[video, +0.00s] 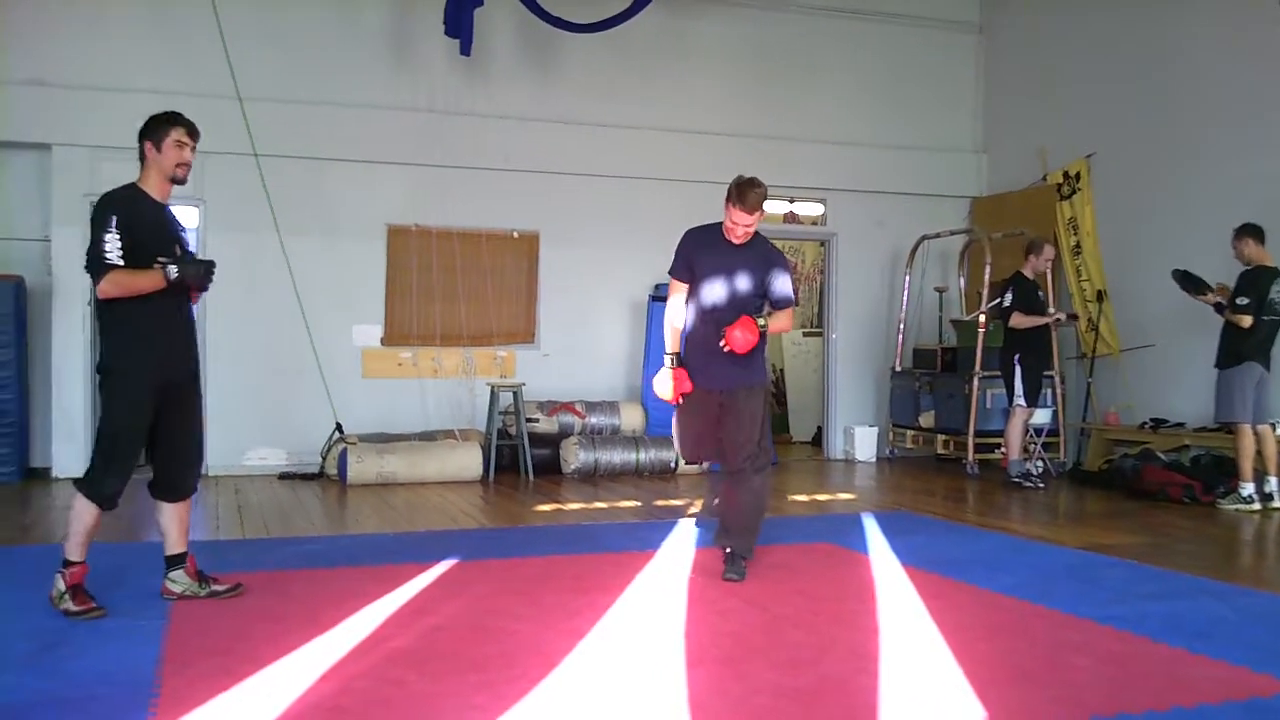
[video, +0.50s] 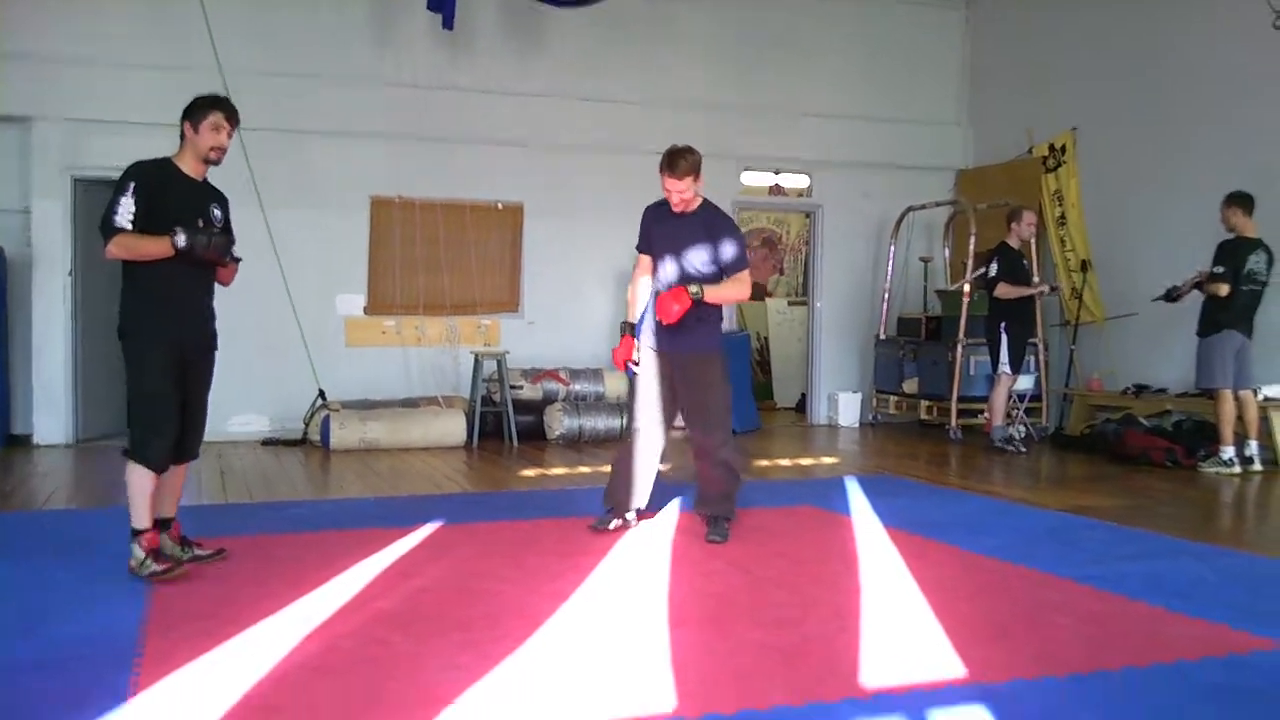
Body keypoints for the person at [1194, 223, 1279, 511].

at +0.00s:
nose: (1235, 254)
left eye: (1236, 248)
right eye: (1234, 249)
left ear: (1248, 243)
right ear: (1256, 242)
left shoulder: (1251, 276)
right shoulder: (1274, 275)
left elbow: (1244, 319)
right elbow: (1257, 316)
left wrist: (1216, 304)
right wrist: (1232, 297)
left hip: (1240, 360)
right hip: (1262, 360)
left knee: (1242, 426)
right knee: (1263, 425)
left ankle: (1246, 491)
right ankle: (1272, 489)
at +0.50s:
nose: (1221, 218)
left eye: (1224, 213)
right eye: (1222, 213)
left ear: (1236, 213)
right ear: (1246, 213)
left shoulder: (1229, 247)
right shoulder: (1264, 251)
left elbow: (1221, 289)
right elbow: (1246, 288)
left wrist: (1201, 283)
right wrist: (1209, 278)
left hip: (1221, 328)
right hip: (1244, 328)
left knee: (1223, 391)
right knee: (1245, 390)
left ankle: (1226, 455)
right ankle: (1253, 453)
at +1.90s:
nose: (1249, 192)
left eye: (1252, 187)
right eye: (1250, 187)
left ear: (1265, 188)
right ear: (1273, 188)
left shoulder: (1256, 225)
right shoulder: (1275, 222)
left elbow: (1226, 263)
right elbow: (1251, 258)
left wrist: (1216, 251)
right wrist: (1226, 253)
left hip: (1254, 307)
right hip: (1276, 305)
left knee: (1253, 374)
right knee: (1274, 374)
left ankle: (1258, 440)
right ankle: (1276, 434)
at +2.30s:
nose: (1269, 197)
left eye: (1269, 192)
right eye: (1268, 191)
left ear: (1274, 193)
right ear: (1275, 192)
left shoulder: (1269, 226)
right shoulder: (1268, 226)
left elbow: (1241, 268)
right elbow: (1243, 266)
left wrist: (1219, 274)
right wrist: (1223, 273)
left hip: (1267, 311)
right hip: (1268, 310)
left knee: (1269, 376)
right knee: (1269, 376)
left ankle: (1271, 441)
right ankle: (1271, 439)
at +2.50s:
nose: (1261, 196)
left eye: (1261, 190)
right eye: (1260, 190)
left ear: (1268, 190)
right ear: (1275, 189)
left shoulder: (1262, 225)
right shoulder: (1262, 225)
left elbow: (1252, 270)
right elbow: (1252, 270)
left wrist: (1247, 308)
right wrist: (1249, 308)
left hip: (1269, 308)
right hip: (1269, 308)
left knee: (1267, 371)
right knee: (1267, 371)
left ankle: (1270, 436)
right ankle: (1270, 435)